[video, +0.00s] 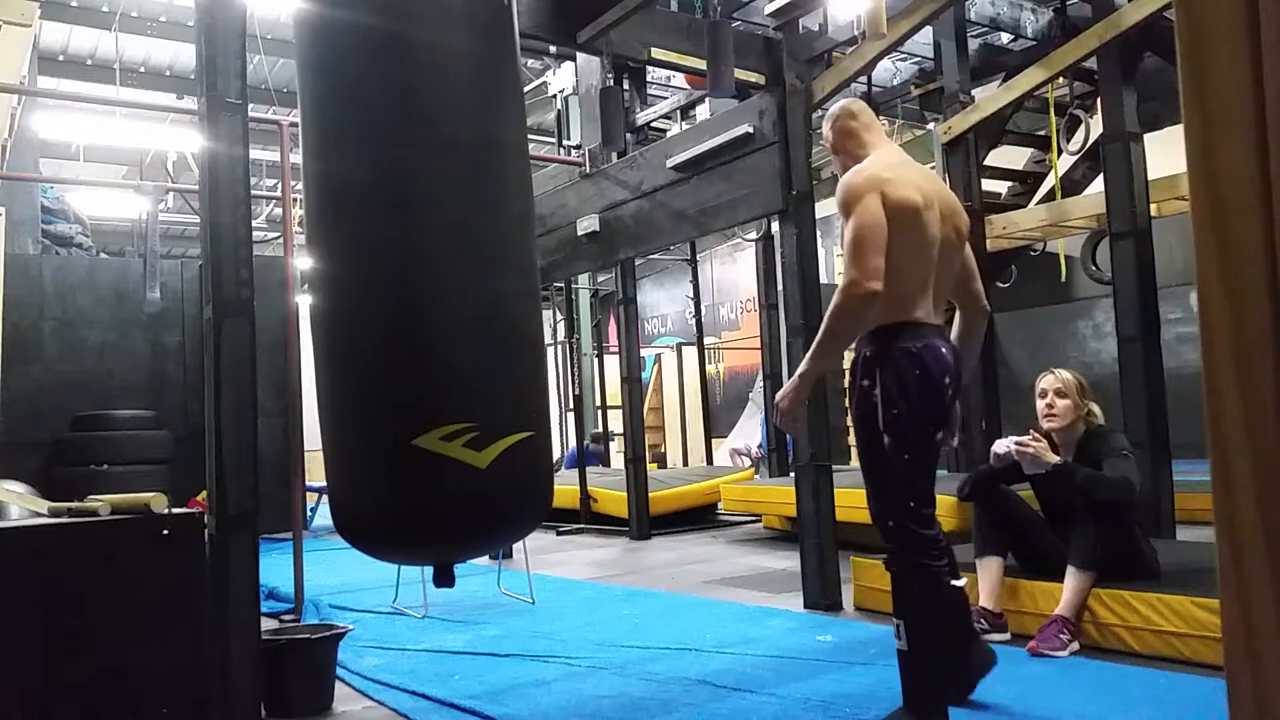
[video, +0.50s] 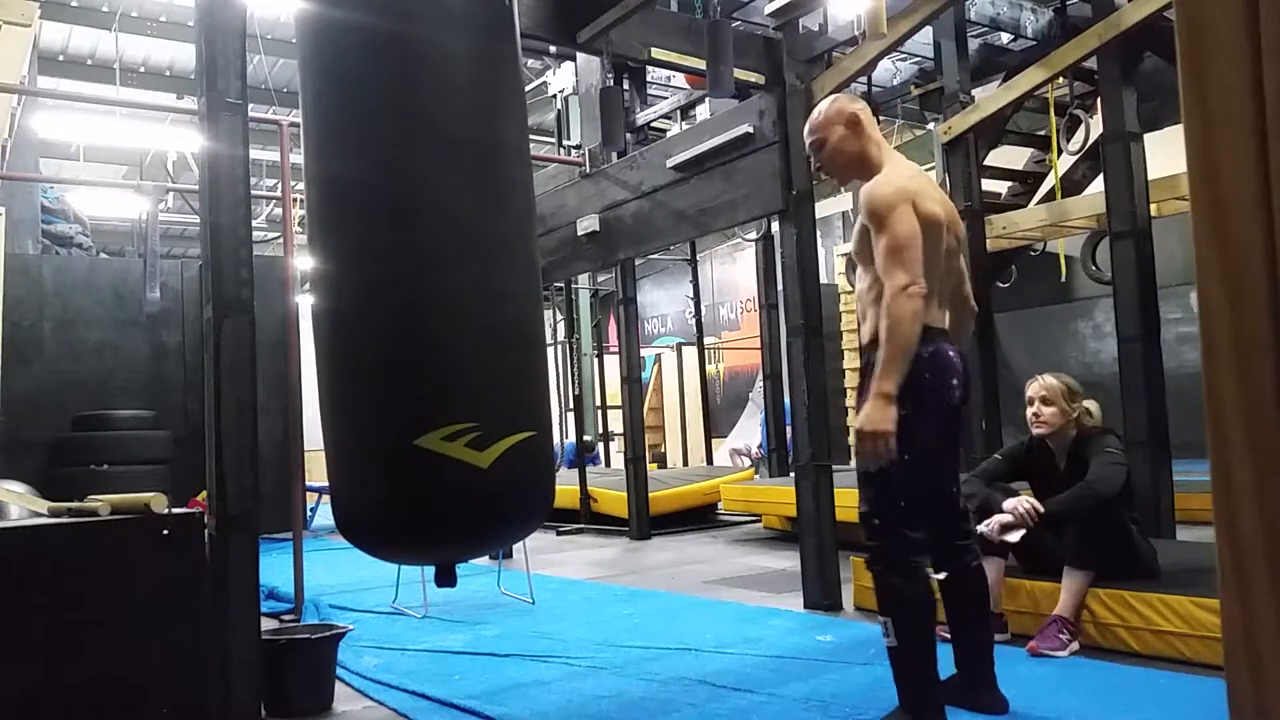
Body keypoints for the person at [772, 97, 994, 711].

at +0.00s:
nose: (831, 165)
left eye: (829, 155)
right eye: (828, 156)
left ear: (840, 141)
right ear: (881, 131)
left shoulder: (862, 179)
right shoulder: (943, 193)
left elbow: (864, 285)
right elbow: (974, 304)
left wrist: (803, 376)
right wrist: (951, 385)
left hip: (887, 361)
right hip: (934, 359)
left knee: (902, 528)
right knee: (913, 519)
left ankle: (924, 700)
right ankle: (962, 651)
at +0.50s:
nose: (818, 165)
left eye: (819, 147)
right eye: (812, 154)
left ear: (857, 125)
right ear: (866, 128)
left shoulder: (883, 190)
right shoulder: (931, 189)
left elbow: (906, 292)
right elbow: (961, 302)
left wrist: (881, 396)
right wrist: (941, 374)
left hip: (906, 368)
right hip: (943, 365)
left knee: (890, 538)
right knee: (948, 529)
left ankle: (917, 700)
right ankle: (977, 679)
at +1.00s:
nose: (836, 160)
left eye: (843, 145)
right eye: (833, 148)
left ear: (881, 132)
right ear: (879, 137)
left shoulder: (915, 191)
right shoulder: (907, 193)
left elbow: (933, 288)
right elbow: (899, 302)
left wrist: (850, 353)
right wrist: (863, 378)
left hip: (906, 378)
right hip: (913, 375)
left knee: (897, 537)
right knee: (942, 527)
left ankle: (902, 704)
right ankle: (975, 678)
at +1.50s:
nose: (811, 129)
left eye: (820, 114)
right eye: (807, 118)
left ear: (858, 107)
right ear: (866, 114)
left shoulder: (864, 167)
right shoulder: (912, 178)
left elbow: (870, 245)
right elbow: (955, 283)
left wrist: (767, 236)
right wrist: (865, 319)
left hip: (875, 354)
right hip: (918, 352)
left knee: (844, 531)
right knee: (897, 527)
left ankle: (887, 700)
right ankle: (939, 684)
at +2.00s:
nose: (840, 155)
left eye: (849, 141)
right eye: (836, 143)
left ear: (887, 133)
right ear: (892, 138)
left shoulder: (892, 196)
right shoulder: (932, 195)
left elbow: (895, 300)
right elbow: (954, 308)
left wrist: (858, 395)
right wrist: (861, 343)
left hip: (902, 373)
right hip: (938, 370)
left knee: (873, 546)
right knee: (936, 533)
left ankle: (901, 706)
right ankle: (987, 681)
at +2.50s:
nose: (836, 125)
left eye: (846, 111)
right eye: (833, 114)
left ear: (882, 107)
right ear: (887, 113)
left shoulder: (886, 163)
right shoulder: (928, 172)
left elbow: (904, 246)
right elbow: (975, 275)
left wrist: (806, 290)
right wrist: (904, 303)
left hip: (881, 341)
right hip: (925, 343)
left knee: (838, 515)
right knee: (911, 517)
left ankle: (874, 691)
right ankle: (960, 670)